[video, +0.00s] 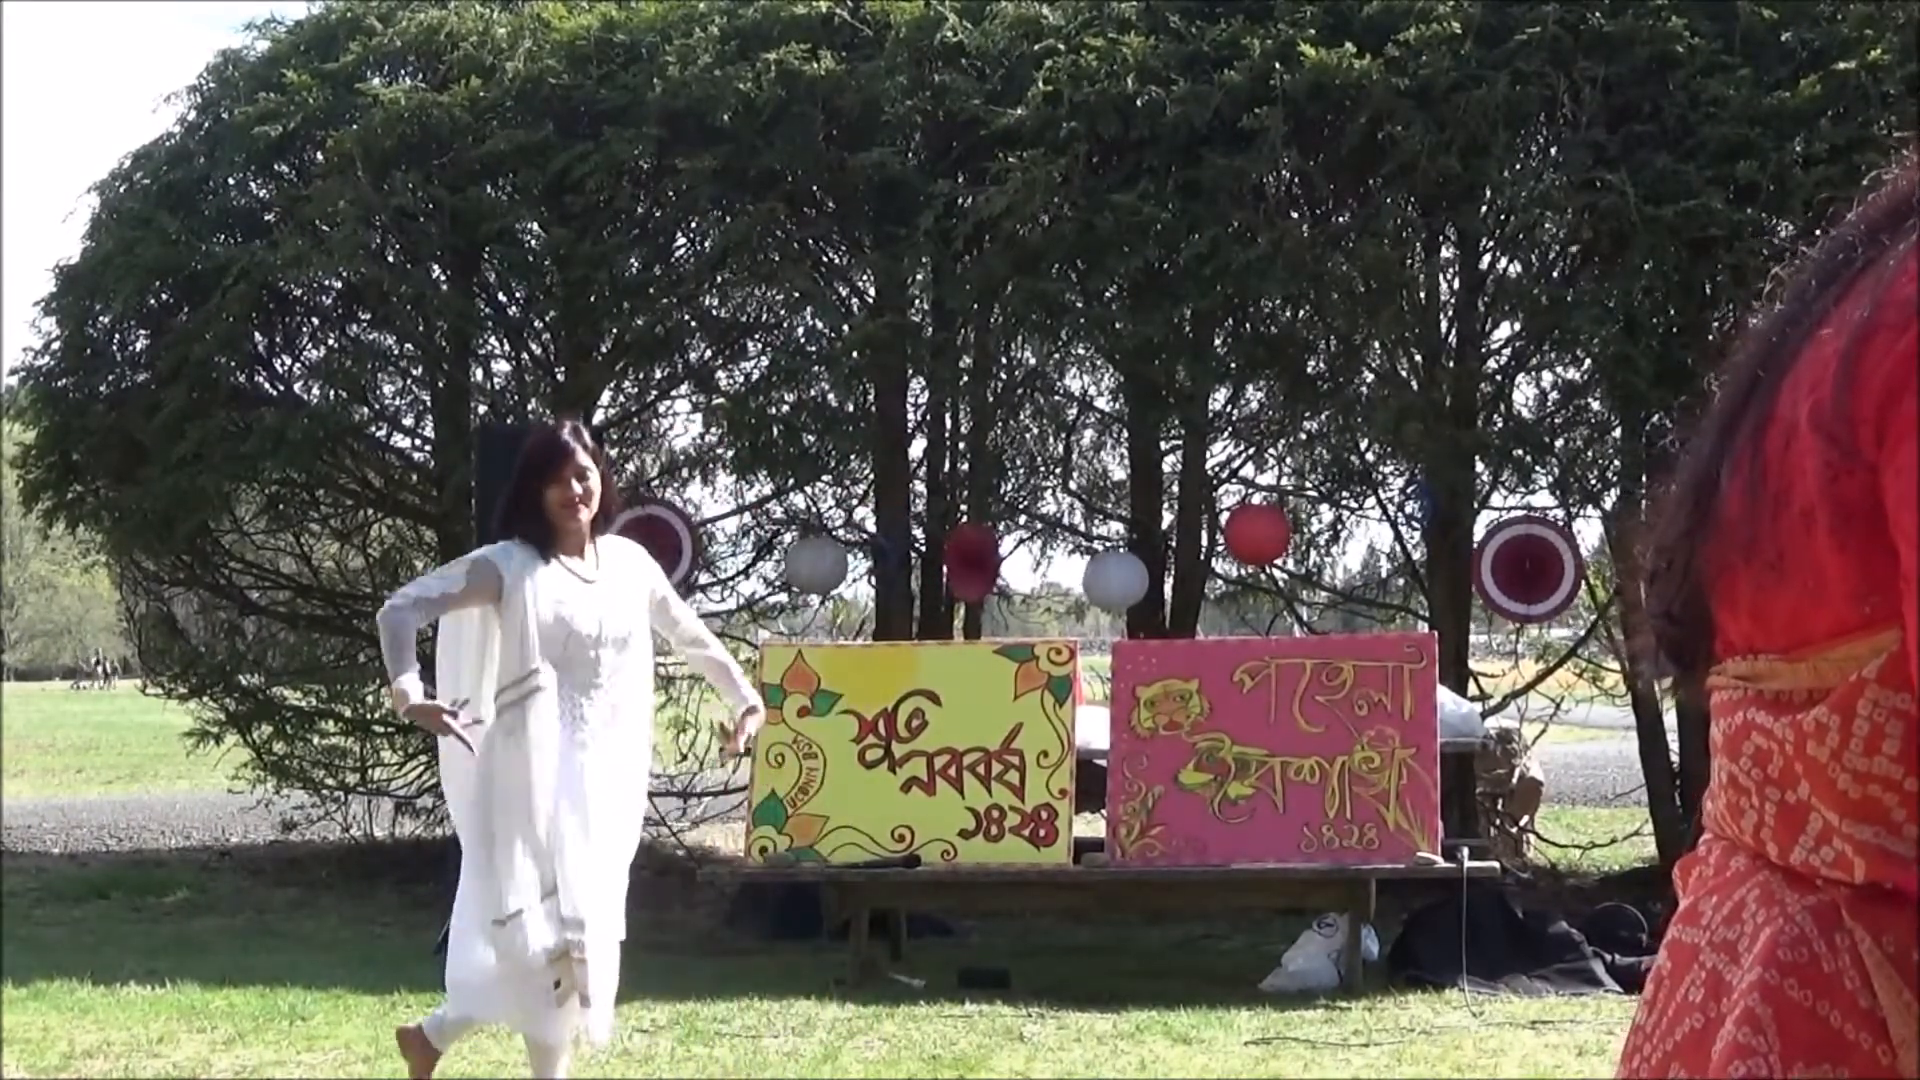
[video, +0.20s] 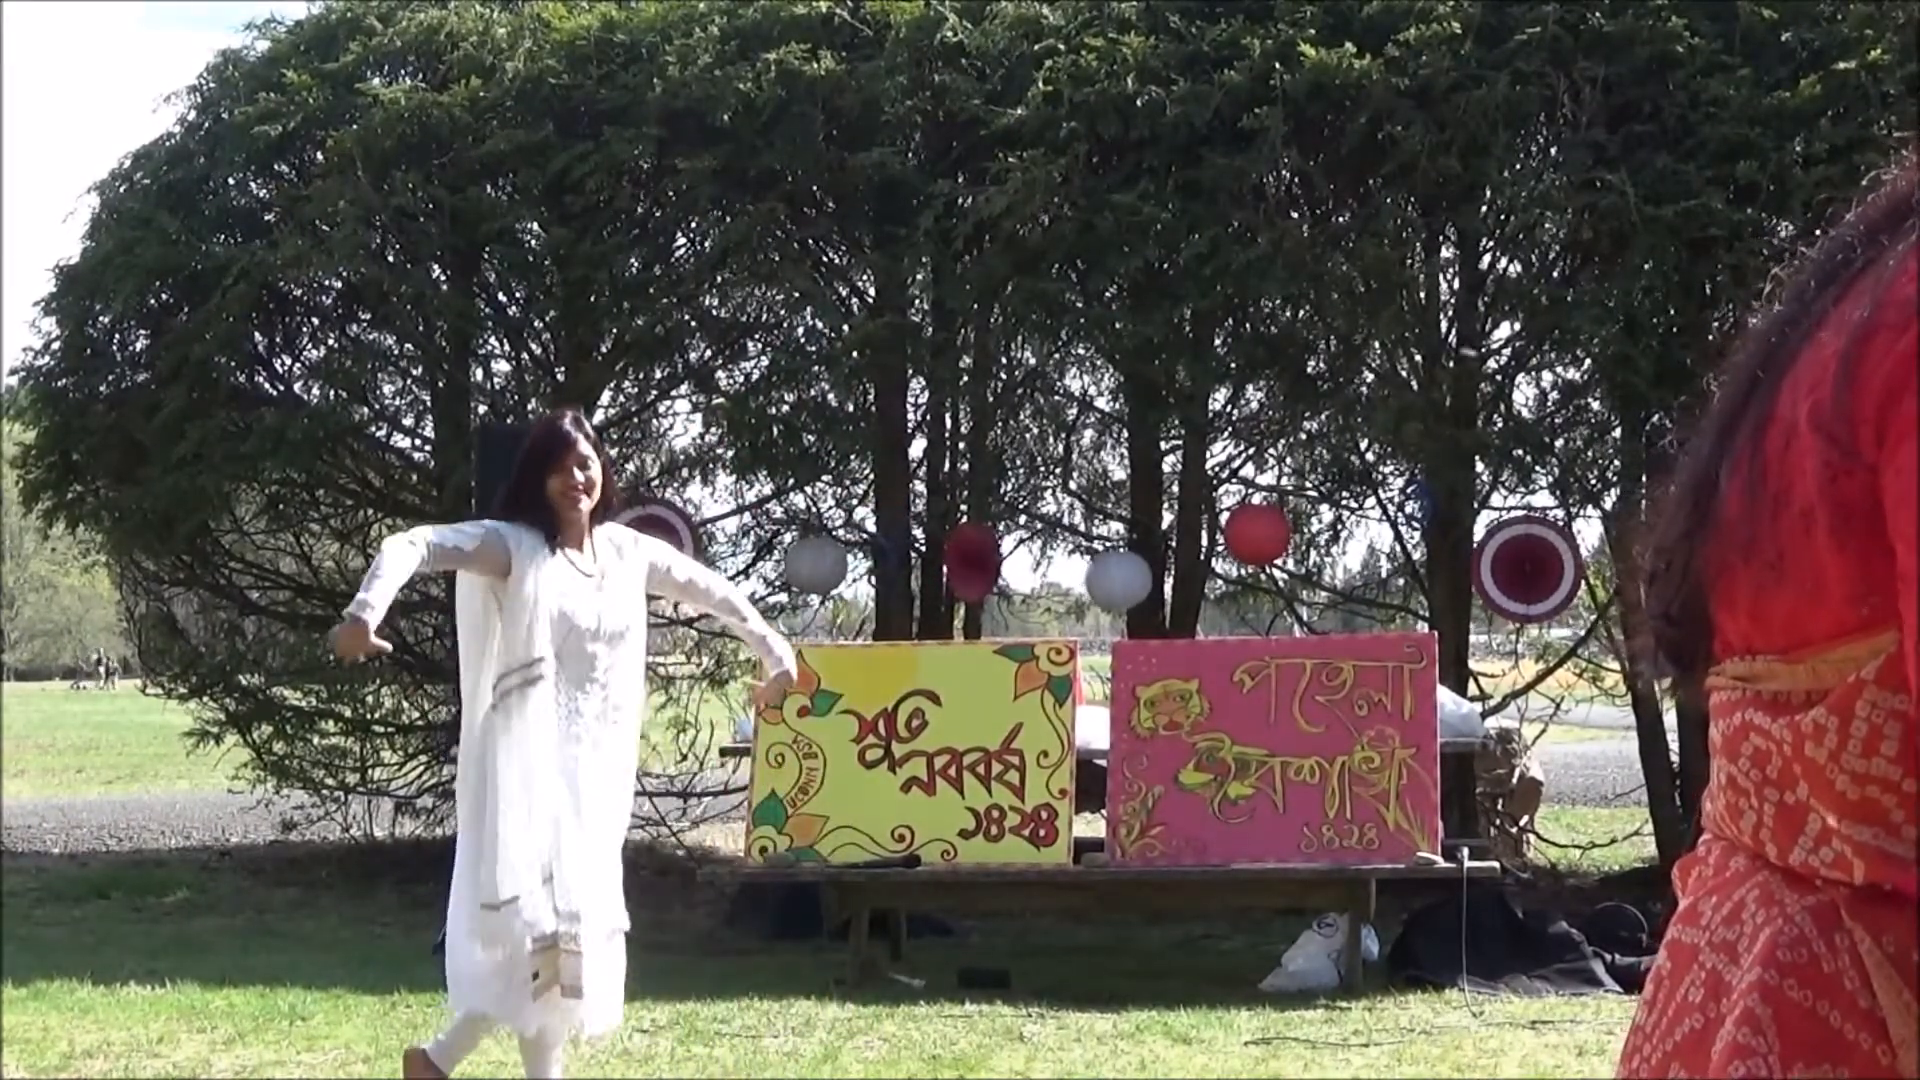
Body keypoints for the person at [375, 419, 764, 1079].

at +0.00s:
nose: (576, 489)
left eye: (585, 476)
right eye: (560, 479)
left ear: (602, 482)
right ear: (536, 491)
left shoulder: (631, 561)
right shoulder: (508, 565)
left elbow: (692, 638)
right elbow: (399, 610)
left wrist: (750, 699)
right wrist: (408, 695)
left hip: (608, 771)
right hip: (533, 768)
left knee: (575, 936)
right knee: (553, 937)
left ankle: (432, 1034)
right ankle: (549, 1071)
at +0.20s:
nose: (578, 477)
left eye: (587, 464)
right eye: (563, 466)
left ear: (603, 472)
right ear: (539, 479)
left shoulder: (631, 550)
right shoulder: (511, 546)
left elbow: (712, 591)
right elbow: (410, 546)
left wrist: (774, 651)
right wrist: (364, 613)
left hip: (595, 769)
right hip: (524, 765)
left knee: (549, 931)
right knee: (551, 932)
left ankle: (438, 1057)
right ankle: (545, 1072)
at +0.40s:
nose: (571, 476)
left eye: (580, 463)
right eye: (556, 464)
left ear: (596, 472)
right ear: (531, 475)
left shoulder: (614, 550)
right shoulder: (513, 540)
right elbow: (492, 526)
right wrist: (443, 511)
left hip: (587, 776)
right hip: (516, 773)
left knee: (565, 941)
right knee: (537, 939)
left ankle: (444, 1061)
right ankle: (546, 1072)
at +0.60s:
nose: (566, 487)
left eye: (575, 473)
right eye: (551, 473)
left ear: (583, 486)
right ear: (516, 485)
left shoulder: (600, 559)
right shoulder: (499, 559)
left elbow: (696, 610)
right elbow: (514, 492)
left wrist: (752, 675)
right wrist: (580, 444)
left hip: (581, 787)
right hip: (509, 785)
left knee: (559, 952)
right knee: (541, 953)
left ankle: (434, 1061)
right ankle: (547, 1074)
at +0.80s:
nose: (560, 490)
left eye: (570, 477)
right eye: (546, 476)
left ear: (583, 490)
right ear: (509, 485)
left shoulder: (595, 565)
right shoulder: (495, 564)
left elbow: (685, 627)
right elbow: (527, 477)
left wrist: (672, 672)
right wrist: (627, 424)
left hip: (576, 785)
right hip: (507, 783)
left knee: (549, 950)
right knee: (545, 952)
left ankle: (425, 1066)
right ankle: (548, 1074)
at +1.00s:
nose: (550, 499)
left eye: (560, 486)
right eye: (536, 488)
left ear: (575, 495)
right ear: (509, 498)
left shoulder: (591, 572)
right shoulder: (493, 573)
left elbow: (673, 649)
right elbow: (498, 496)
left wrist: (629, 672)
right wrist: (585, 443)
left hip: (582, 779)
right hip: (515, 776)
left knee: (549, 953)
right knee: (543, 946)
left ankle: (416, 1069)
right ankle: (548, 1070)